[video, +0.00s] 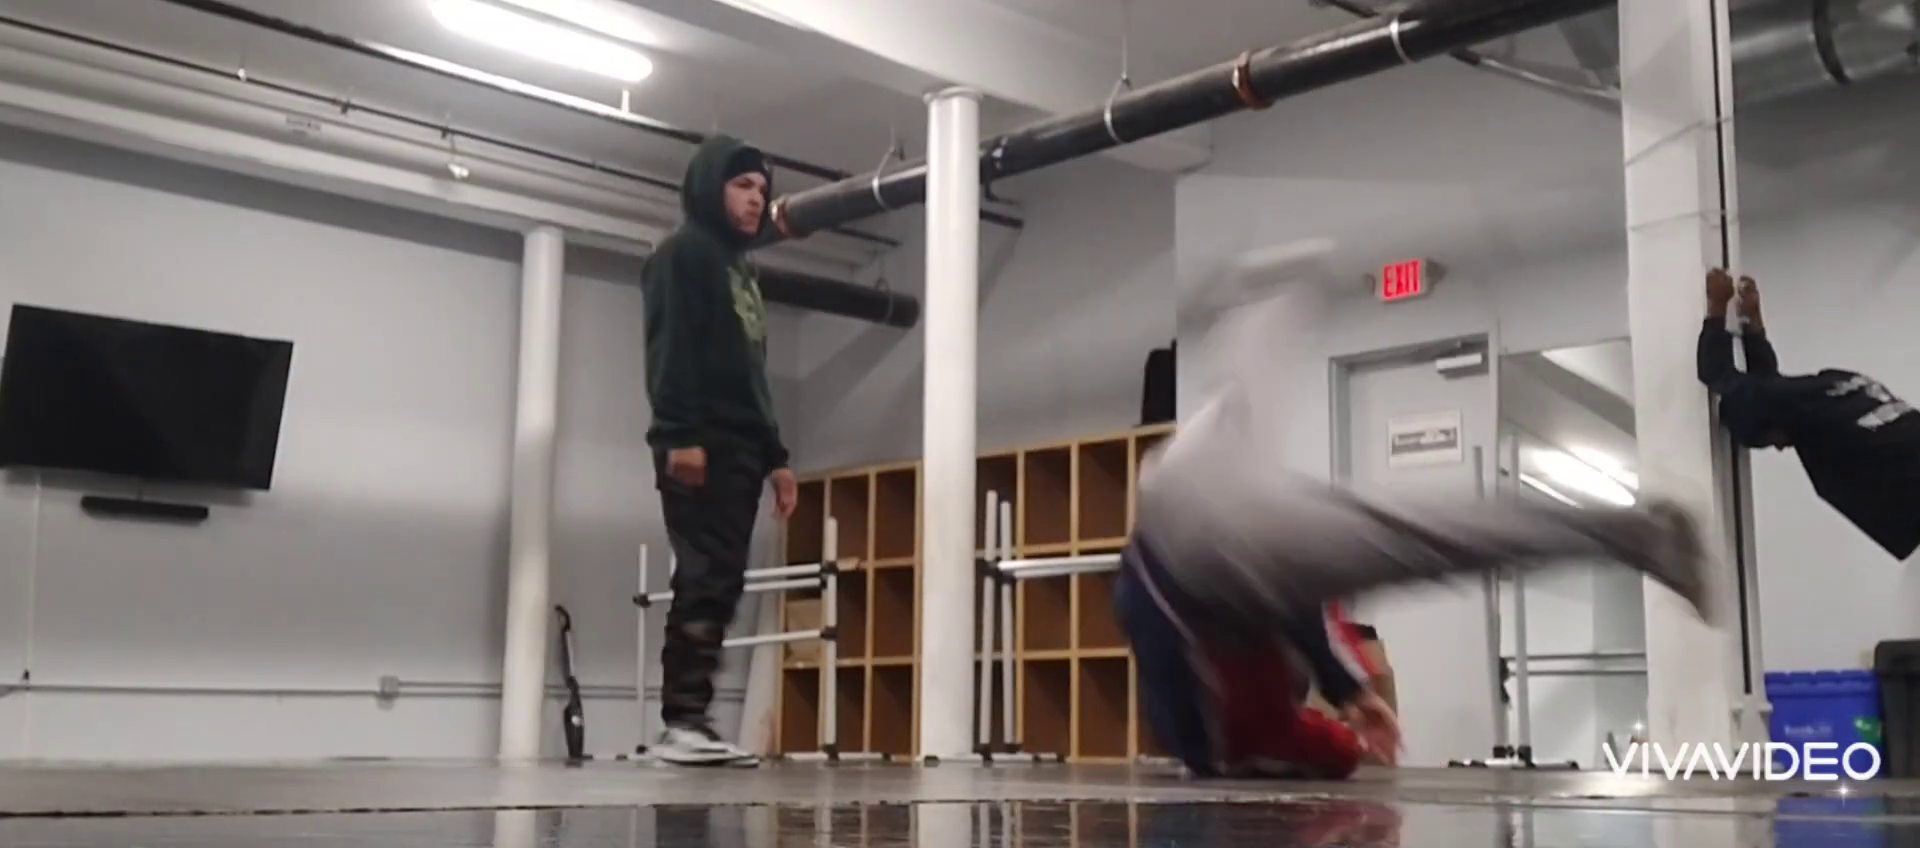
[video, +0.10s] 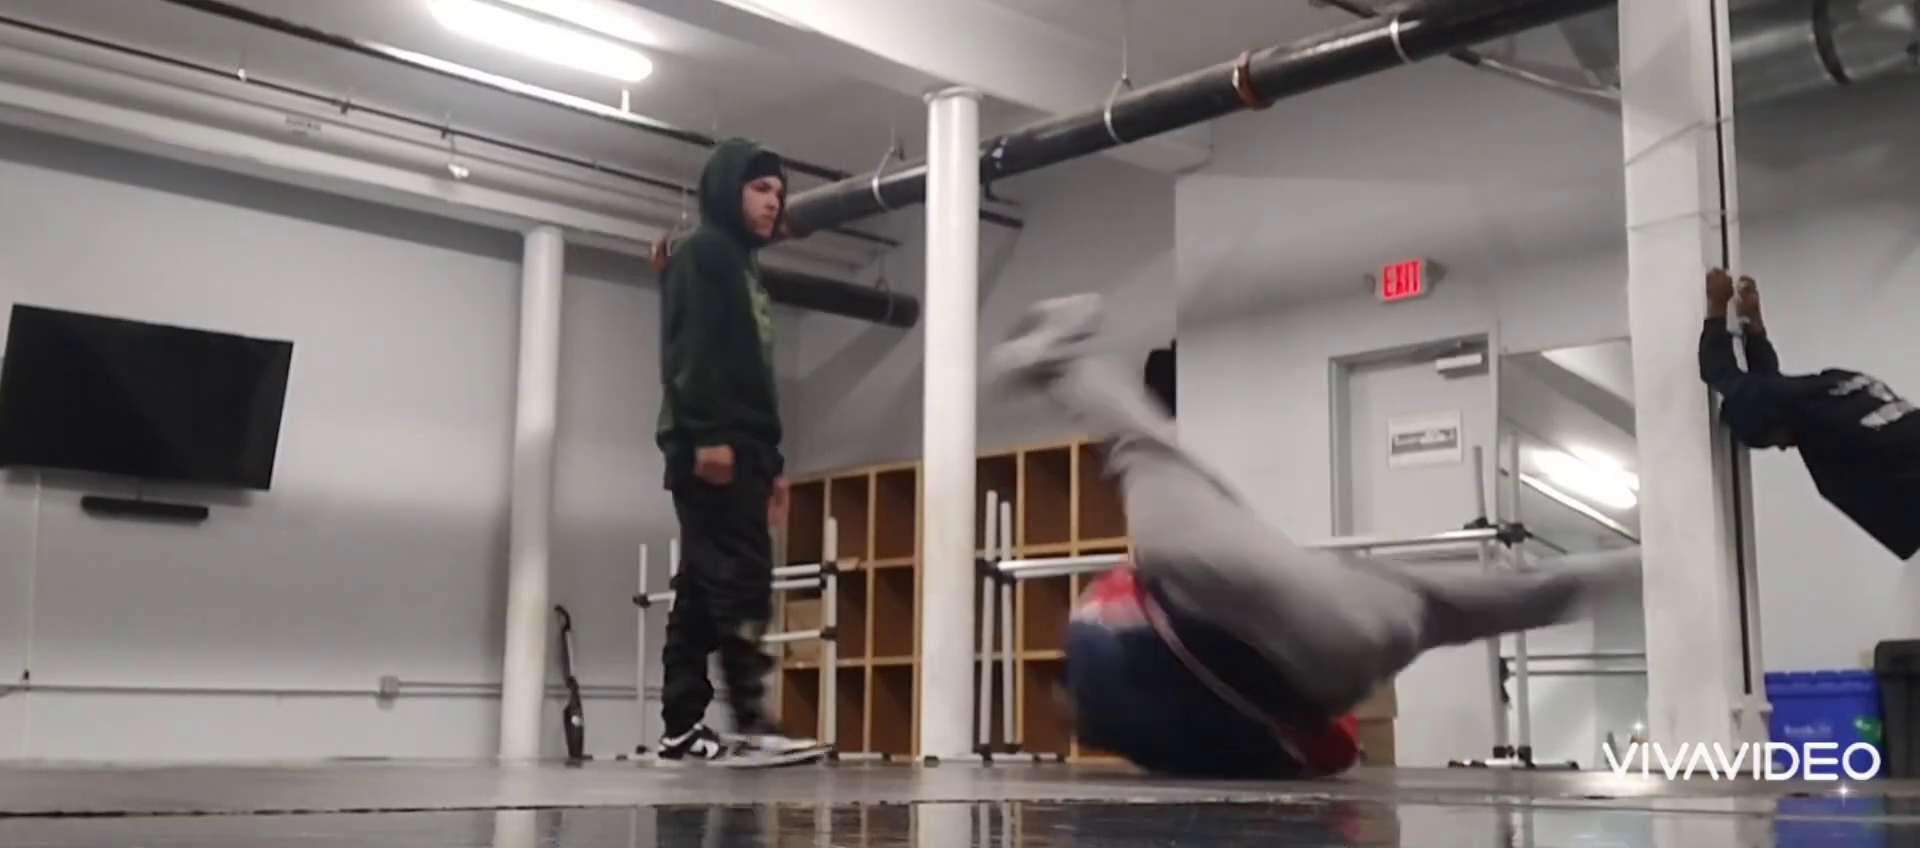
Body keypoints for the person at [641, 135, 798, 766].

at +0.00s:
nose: (756, 200)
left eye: (761, 190)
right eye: (744, 186)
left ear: (762, 199)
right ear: (709, 188)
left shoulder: (741, 271)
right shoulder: (681, 255)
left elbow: (751, 373)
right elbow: (670, 349)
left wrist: (777, 459)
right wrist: (679, 435)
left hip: (739, 447)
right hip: (700, 444)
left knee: (718, 581)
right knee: (704, 578)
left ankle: (692, 722)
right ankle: (681, 723)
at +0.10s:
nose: (772, 202)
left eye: (778, 192)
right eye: (760, 189)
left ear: (777, 201)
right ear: (725, 192)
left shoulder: (740, 264)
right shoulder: (702, 253)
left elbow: (753, 370)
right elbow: (693, 350)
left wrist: (770, 459)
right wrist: (708, 434)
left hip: (740, 448)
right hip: (711, 446)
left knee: (704, 586)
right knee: (739, 580)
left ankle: (683, 727)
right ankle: (750, 727)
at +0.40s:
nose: (817, 210)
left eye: (821, 199)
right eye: (805, 198)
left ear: (819, 204)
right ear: (770, 201)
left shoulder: (771, 262)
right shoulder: (761, 261)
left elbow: (769, 362)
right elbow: (760, 363)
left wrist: (794, 444)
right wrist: (785, 448)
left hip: (757, 452)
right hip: (761, 452)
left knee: (732, 594)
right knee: (792, 593)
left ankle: (686, 726)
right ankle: (814, 731)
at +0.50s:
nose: (835, 209)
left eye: (837, 197)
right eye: (823, 197)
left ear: (824, 202)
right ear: (789, 200)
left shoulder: (781, 261)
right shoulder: (786, 262)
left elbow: (791, 363)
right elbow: (793, 363)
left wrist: (809, 447)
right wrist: (807, 451)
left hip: (768, 451)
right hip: (785, 452)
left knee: (754, 592)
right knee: (809, 593)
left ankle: (692, 722)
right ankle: (816, 734)